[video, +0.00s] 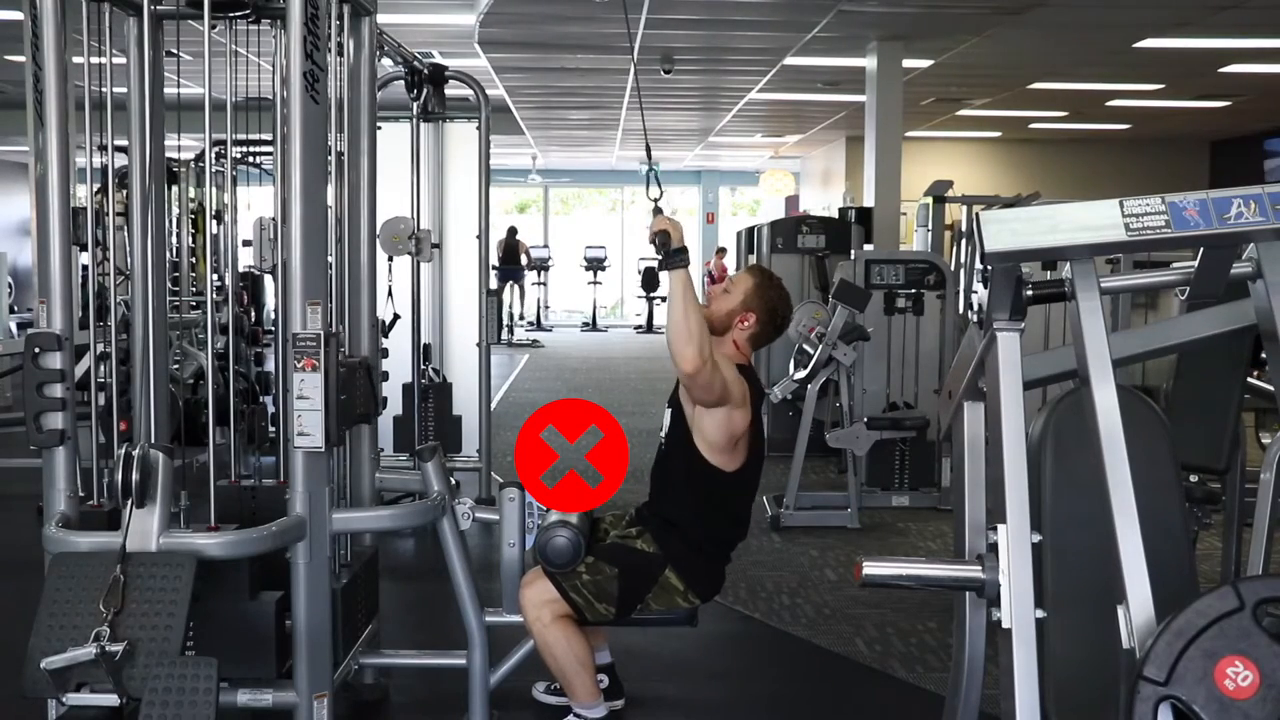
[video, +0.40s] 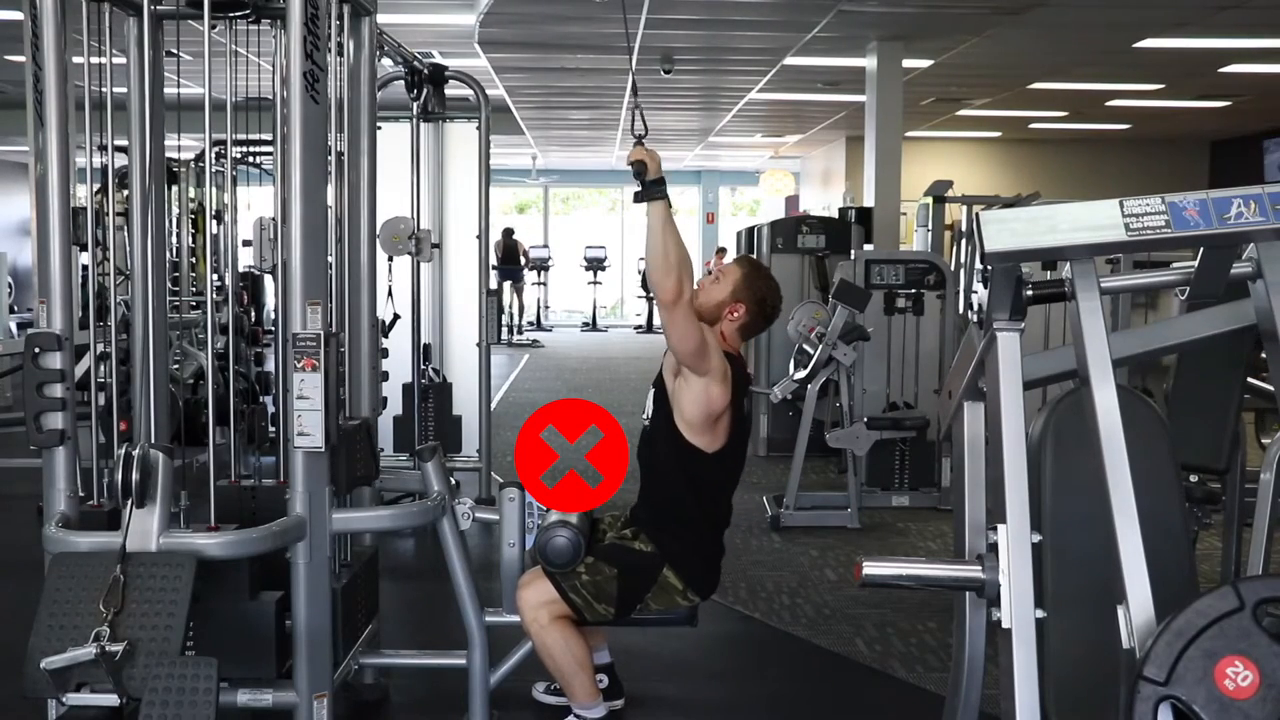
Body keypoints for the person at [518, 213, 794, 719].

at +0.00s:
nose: (711, 287)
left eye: (725, 287)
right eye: (721, 281)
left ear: (743, 322)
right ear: (744, 324)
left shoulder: (726, 383)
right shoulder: (722, 362)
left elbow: (691, 363)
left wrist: (676, 257)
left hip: (681, 562)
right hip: (658, 527)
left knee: (538, 595)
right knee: (558, 540)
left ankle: (589, 710)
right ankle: (598, 672)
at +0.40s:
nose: (703, 275)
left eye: (717, 275)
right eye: (714, 269)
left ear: (733, 314)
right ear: (733, 317)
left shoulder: (707, 367)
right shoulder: (707, 356)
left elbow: (670, 290)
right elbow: (673, 287)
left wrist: (653, 186)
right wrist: (656, 200)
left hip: (675, 560)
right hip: (660, 535)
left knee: (535, 596)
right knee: (553, 546)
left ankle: (589, 710)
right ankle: (593, 671)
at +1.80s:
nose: (712, 288)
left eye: (724, 287)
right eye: (720, 282)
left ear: (738, 323)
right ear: (740, 326)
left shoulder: (733, 393)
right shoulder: (716, 367)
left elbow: (694, 406)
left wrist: (679, 294)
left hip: (678, 562)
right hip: (656, 528)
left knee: (539, 595)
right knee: (556, 542)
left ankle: (589, 712)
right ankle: (597, 673)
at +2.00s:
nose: (716, 287)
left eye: (729, 288)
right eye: (726, 282)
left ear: (742, 325)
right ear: (743, 327)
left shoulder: (735, 391)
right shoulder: (720, 368)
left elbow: (704, 430)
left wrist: (687, 325)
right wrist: (721, 286)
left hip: (680, 559)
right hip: (660, 529)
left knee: (539, 594)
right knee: (555, 545)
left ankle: (590, 712)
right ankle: (596, 675)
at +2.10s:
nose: (717, 288)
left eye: (730, 288)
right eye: (727, 282)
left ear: (743, 324)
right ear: (744, 327)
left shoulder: (735, 391)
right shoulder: (718, 371)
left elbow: (707, 438)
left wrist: (691, 334)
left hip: (680, 559)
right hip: (659, 529)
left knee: (539, 594)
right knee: (556, 546)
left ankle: (590, 712)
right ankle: (596, 675)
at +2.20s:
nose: (717, 289)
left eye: (730, 289)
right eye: (727, 284)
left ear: (743, 325)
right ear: (744, 328)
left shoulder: (735, 392)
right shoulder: (720, 376)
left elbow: (707, 443)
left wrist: (691, 337)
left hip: (679, 560)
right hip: (659, 530)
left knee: (538, 594)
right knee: (555, 545)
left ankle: (590, 712)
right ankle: (596, 674)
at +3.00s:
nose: (708, 276)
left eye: (722, 277)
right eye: (717, 271)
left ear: (736, 316)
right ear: (735, 318)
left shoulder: (714, 375)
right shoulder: (706, 360)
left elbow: (676, 312)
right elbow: (679, 307)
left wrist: (659, 209)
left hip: (675, 565)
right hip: (655, 534)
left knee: (536, 596)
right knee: (553, 545)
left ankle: (589, 709)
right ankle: (594, 671)